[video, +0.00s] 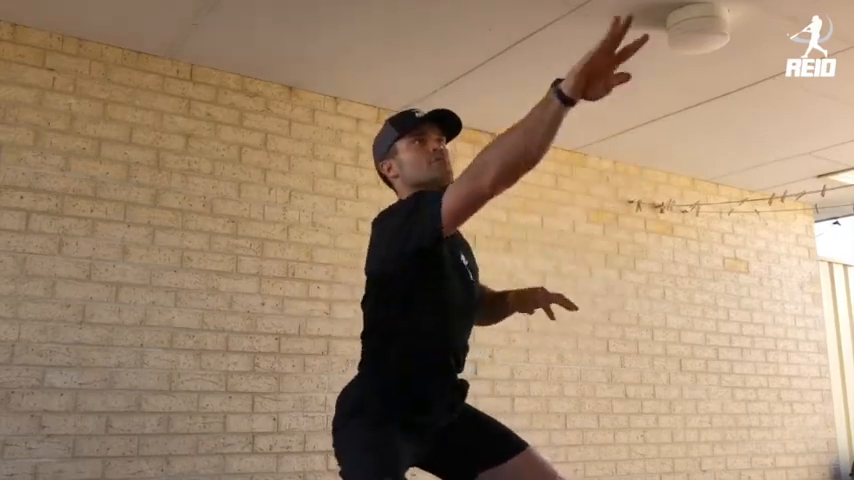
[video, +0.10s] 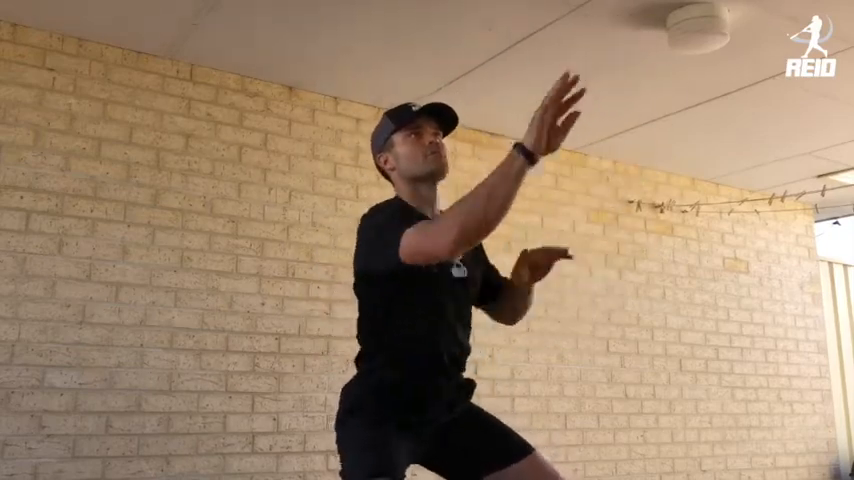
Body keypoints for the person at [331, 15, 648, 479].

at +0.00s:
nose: (438, 145)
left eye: (441, 138)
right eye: (419, 140)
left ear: (450, 152)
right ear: (389, 169)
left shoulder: (452, 241)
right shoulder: (396, 227)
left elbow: (469, 307)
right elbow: (489, 176)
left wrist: (517, 300)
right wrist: (566, 93)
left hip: (439, 414)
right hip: (377, 417)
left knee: (543, 476)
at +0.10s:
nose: (434, 139)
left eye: (437, 133)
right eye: (414, 134)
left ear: (445, 151)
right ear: (387, 162)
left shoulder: (460, 237)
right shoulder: (381, 224)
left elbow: (507, 310)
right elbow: (448, 239)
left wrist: (523, 278)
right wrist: (527, 150)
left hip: (445, 411)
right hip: (379, 414)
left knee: (544, 477)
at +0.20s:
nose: (432, 138)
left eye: (436, 133)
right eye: (413, 132)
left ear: (444, 149)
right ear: (385, 160)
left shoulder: (469, 229)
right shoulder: (365, 235)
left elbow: (556, 286)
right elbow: (376, 319)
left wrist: (539, 243)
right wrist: (458, 254)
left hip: (454, 405)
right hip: (384, 407)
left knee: (548, 476)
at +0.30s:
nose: (434, 141)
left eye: (438, 136)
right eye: (415, 136)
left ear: (446, 153)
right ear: (387, 165)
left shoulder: (485, 227)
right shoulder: (364, 246)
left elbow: (584, 239)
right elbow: (334, 350)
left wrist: (556, 184)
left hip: (466, 408)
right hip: (390, 412)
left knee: (555, 476)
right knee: (375, 476)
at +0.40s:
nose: (442, 147)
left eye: (446, 141)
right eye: (423, 142)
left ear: (454, 156)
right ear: (396, 169)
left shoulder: (494, 223)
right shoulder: (372, 254)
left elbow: (576, 187)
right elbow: (333, 352)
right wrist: (379, 344)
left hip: (471, 413)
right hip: (397, 413)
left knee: (557, 476)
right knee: (378, 478)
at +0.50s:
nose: (456, 146)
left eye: (459, 140)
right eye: (438, 141)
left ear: (469, 156)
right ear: (409, 168)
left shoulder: (503, 224)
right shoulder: (384, 252)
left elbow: (584, 190)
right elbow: (347, 351)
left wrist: (626, 116)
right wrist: (395, 329)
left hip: (478, 411)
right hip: (404, 411)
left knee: (561, 477)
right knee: (384, 477)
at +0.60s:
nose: (465, 145)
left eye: (469, 140)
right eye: (447, 140)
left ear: (478, 155)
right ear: (420, 167)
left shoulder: (515, 227)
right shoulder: (398, 246)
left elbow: (615, 248)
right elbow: (367, 344)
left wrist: (612, 201)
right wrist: (433, 298)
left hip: (483, 407)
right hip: (410, 407)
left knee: (565, 475)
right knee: (391, 475)